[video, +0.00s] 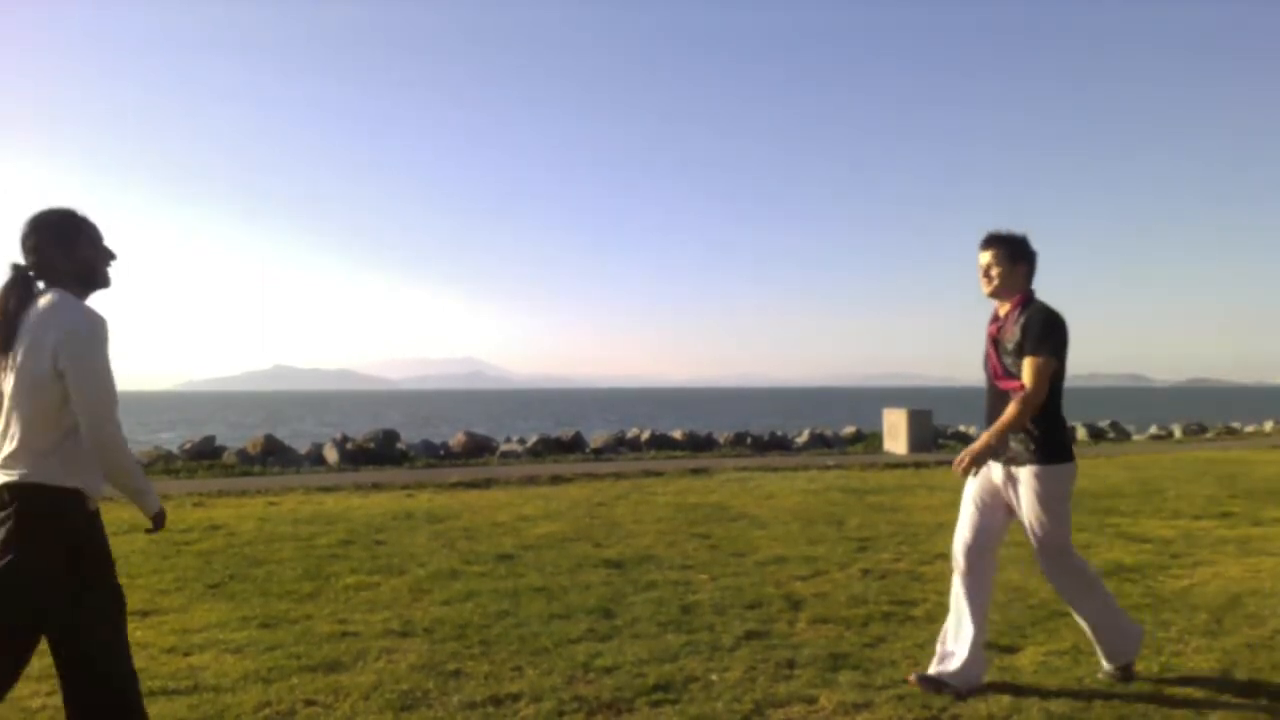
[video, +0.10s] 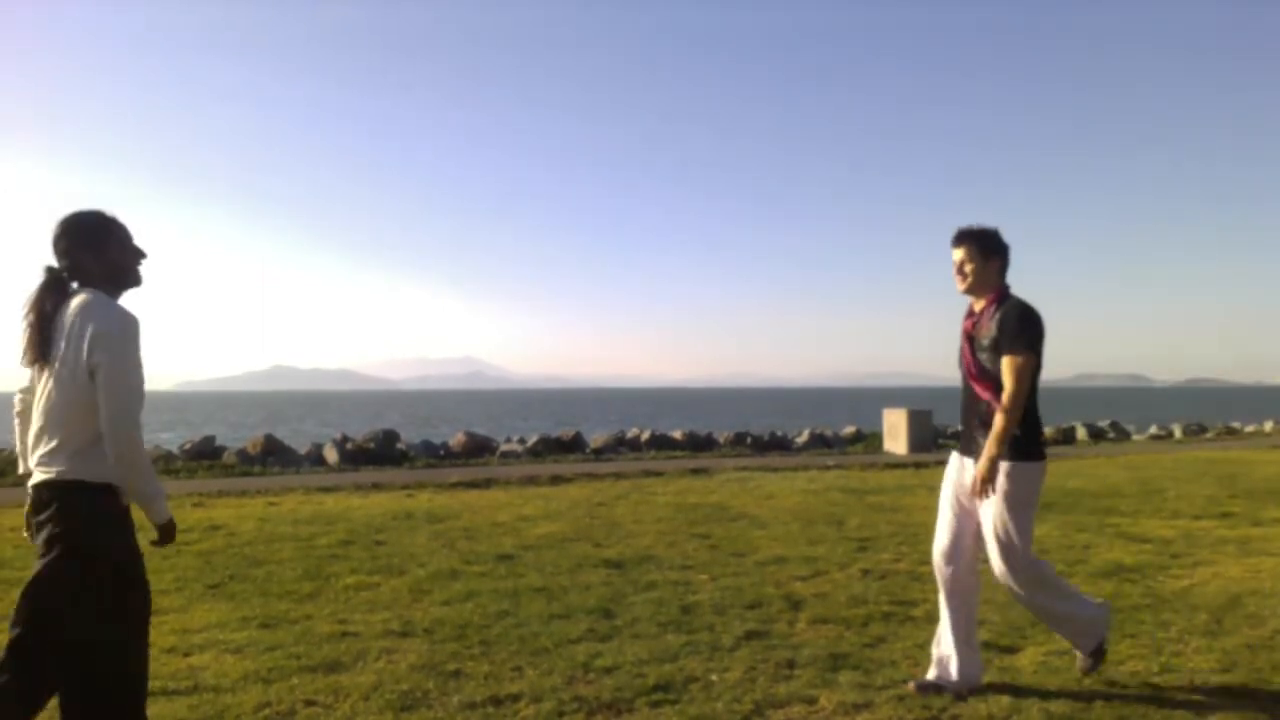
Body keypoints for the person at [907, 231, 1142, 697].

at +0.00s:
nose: (985, 276)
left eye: (994, 267)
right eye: (981, 269)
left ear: (1023, 269)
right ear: (983, 274)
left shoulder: (1043, 322)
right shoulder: (997, 323)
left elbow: (1034, 394)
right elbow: (1008, 390)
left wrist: (983, 444)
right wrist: (1004, 442)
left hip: (1040, 462)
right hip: (995, 458)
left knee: (1056, 559)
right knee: (968, 557)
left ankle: (1122, 644)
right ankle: (957, 669)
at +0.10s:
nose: (959, 271)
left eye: (967, 264)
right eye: (956, 265)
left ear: (996, 265)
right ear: (959, 270)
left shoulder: (1016, 317)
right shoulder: (973, 317)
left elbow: (1015, 397)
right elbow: (981, 389)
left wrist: (990, 456)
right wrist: (972, 445)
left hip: (1010, 458)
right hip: (969, 453)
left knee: (1011, 566)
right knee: (950, 562)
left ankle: (1091, 625)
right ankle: (954, 671)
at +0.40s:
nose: (912, 265)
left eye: (921, 256)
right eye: (908, 257)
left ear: (950, 256)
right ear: (907, 262)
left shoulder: (974, 313)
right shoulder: (912, 318)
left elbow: (1002, 388)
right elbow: (906, 390)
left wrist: (1002, 460)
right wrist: (878, 442)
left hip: (947, 450)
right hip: (907, 449)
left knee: (899, 547)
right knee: (929, 557)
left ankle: (909, 677)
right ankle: (956, 669)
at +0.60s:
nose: (877, 268)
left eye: (886, 260)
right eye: (874, 261)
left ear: (917, 261)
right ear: (875, 264)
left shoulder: (940, 322)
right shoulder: (874, 323)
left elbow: (970, 399)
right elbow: (865, 394)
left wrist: (977, 473)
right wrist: (831, 447)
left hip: (909, 462)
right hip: (871, 460)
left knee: (863, 568)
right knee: (905, 572)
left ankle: (819, 684)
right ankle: (955, 670)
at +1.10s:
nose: (766, 255)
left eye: (775, 246)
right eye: (763, 247)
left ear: (807, 246)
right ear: (771, 251)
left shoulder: (827, 304)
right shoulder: (785, 305)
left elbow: (835, 389)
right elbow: (792, 382)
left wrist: (803, 458)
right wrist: (779, 446)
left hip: (812, 462)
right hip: (776, 456)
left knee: (796, 582)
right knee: (758, 565)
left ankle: (800, 699)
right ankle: (790, 664)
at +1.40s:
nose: (733, 256)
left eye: (742, 247)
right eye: (730, 248)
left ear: (775, 246)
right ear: (737, 251)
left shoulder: (793, 304)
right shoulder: (753, 305)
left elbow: (780, 381)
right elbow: (755, 385)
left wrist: (720, 439)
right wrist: (733, 442)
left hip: (781, 468)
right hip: (736, 461)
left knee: (779, 591)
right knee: (684, 574)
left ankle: (798, 702)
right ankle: (635, 691)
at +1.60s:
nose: (702, 257)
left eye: (711, 248)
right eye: (700, 249)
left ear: (744, 249)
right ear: (709, 254)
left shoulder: (768, 309)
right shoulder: (721, 311)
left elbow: (762, 395)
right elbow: (729, 394)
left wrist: (718, 467)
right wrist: (700, 437)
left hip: (760, 475)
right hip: (709, 468)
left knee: (767, 597)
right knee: (677, 594)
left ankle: (789, 703)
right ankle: (648, 706)